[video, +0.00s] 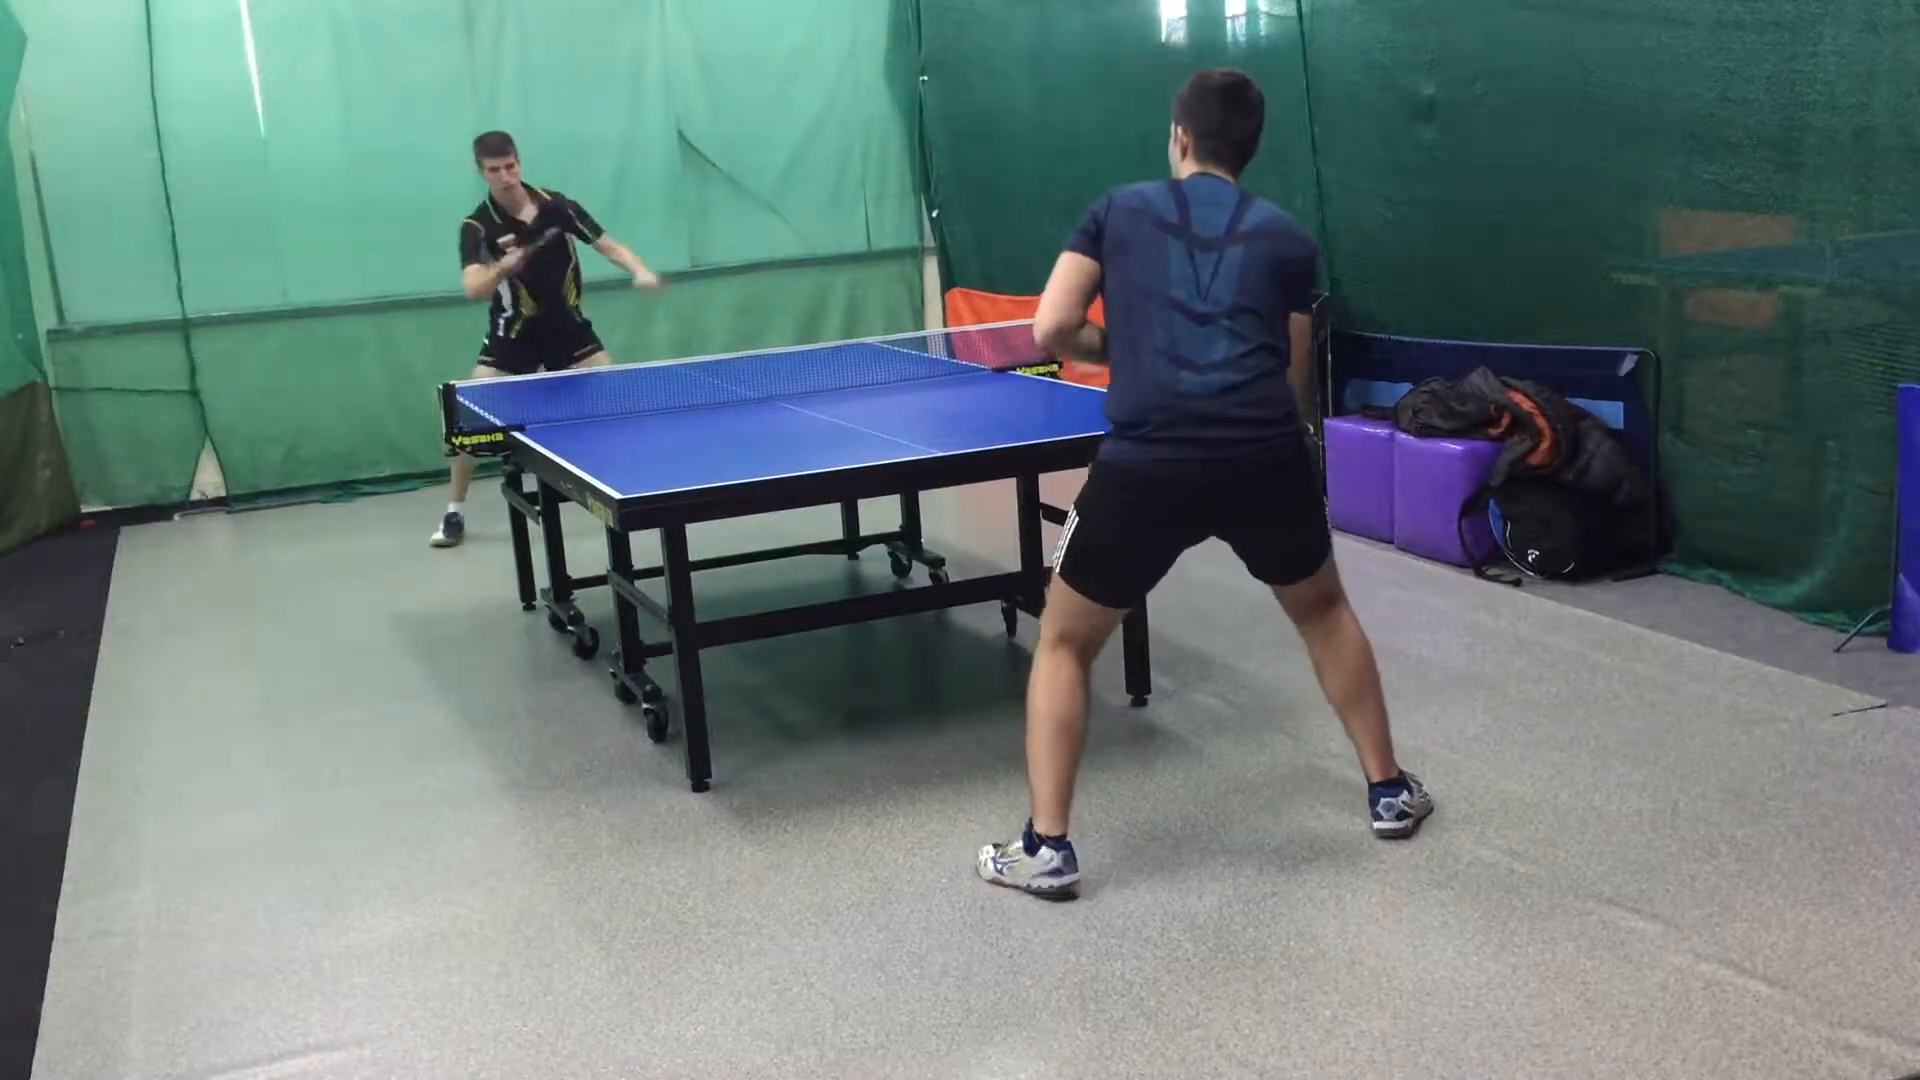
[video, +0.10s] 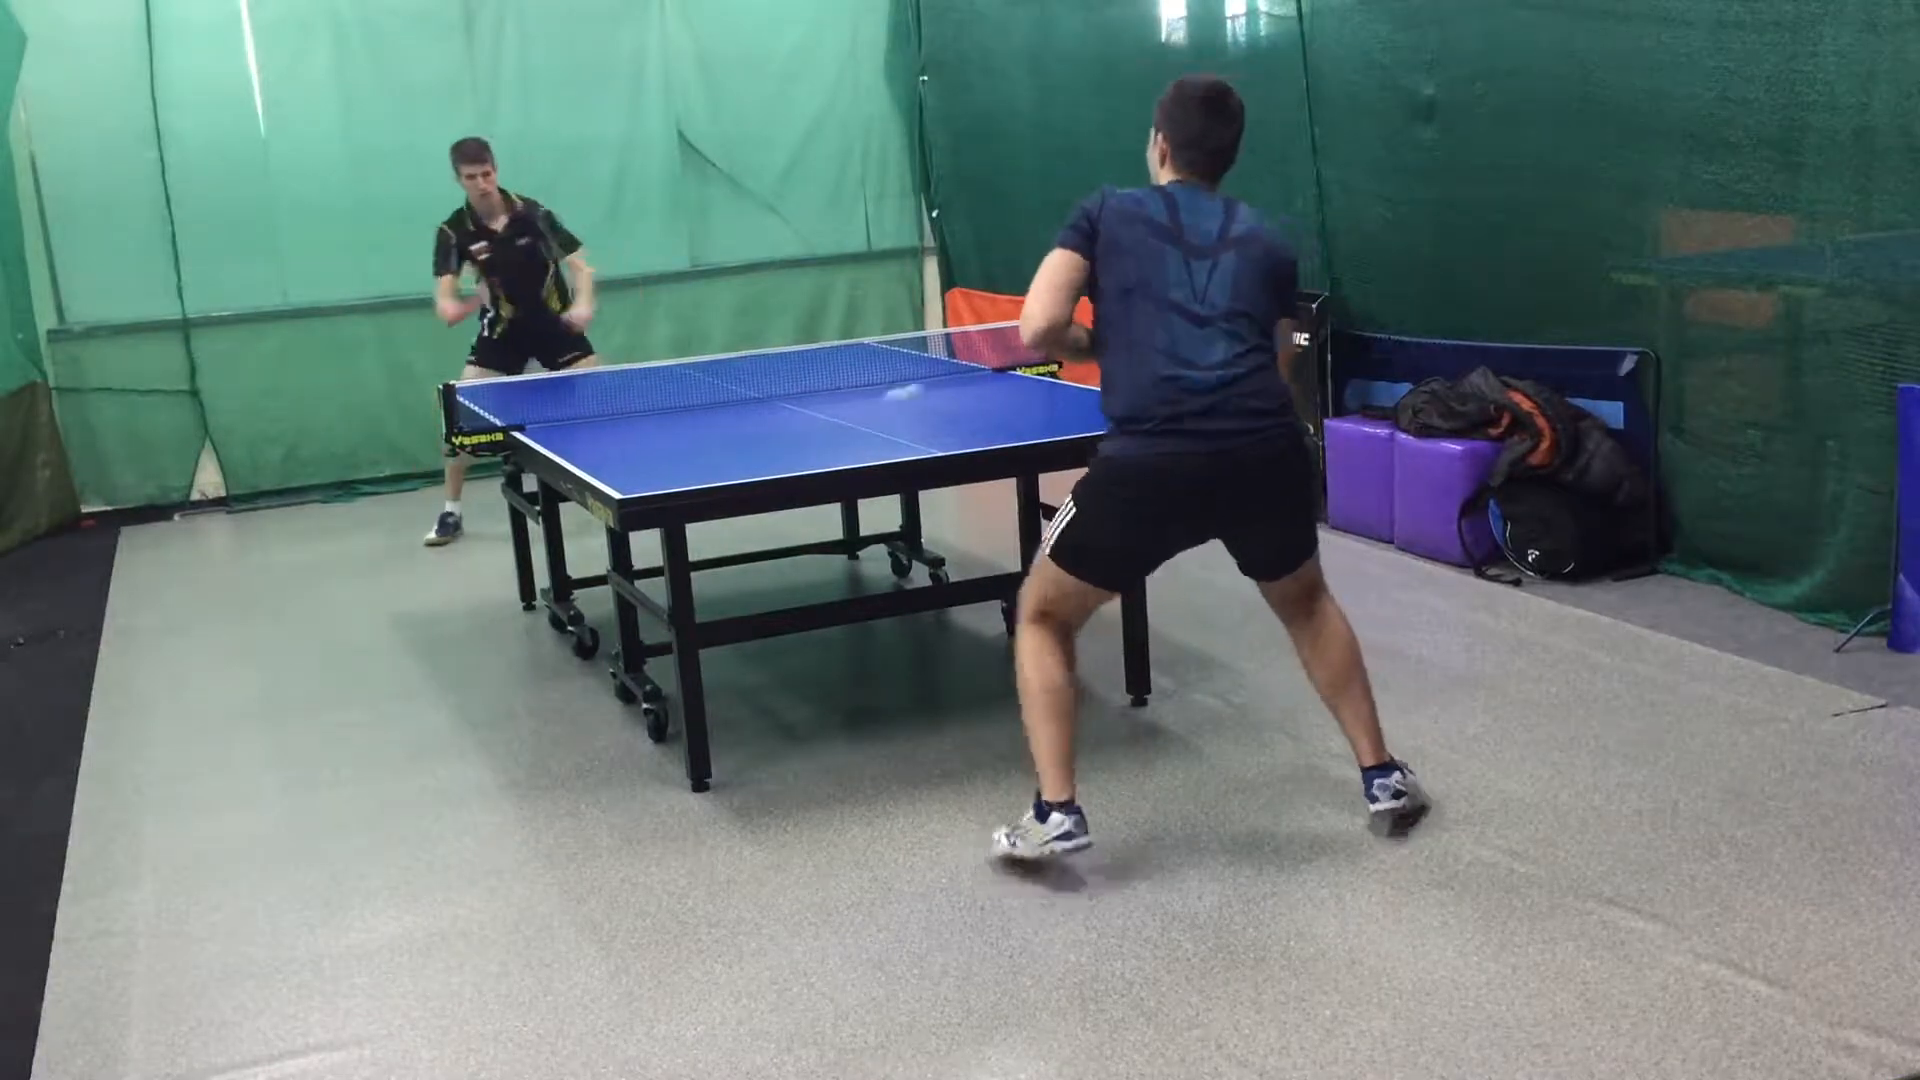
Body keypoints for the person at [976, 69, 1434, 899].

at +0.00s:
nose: (1173, 144)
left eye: (1174, 133)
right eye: (1188, 135)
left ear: (1179, 141)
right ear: (1250, 150)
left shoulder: (1116, 212)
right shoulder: (1286, 237)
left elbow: (1053, 328)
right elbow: (1294, 375)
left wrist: (1116, 344)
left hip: (1147, 474)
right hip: (1266, 470)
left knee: (1066, 644)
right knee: (1323, 615)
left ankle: (1047, 843)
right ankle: (1388, 790)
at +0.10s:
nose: (1149, 143)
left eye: (1152, 134)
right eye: (1158, 133)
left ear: (1158, 146)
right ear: (1232, 156)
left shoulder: (1105, 211)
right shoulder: (1266, 240)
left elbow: (1041, 325)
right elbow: (1283, 360)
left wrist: (1094, 342)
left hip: (1149, 472)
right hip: (1264, 466)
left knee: (1046, 616)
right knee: (1308, 604)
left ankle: (1057, 810)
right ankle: (1381, 773)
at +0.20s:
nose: (1121, 189)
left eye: (1125, 180)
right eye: (1128, 178)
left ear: (1135, 192)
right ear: (1206, 200)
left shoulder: (1090, 258)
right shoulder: (1243, 275)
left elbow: (1033, 378)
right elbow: (1262, 383)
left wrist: (1101, 399)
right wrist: (1191, 389)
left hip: (1150, 505)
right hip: (1262, 500)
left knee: (1036, 639)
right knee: (1290, 627)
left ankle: (1042, 834)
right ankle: (1368, 792)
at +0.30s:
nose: (1102, 213)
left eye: (1103, 203)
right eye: (1108, 203)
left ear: (1115, 208)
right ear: (1184, 211)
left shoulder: (1089, 276)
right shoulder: (1237, 282)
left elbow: (1044, 414)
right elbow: (1266, 406)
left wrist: (1073, 443)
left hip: (1153, 512)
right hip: (1266, 507)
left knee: (1027, 635)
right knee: (1279, 628)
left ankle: (1042, 834)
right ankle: (1366, 792)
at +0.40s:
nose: (1098, 191)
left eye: (1098, 180)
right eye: (1103, 180)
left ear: (1112, 183)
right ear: (1180, 183)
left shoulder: (1087, 257)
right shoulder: (1245, 258)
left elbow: (1044, 406)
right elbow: (1290, 400)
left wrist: (1037, 386)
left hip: (1145, 496)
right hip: (1257, 493)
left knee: (1034, 636)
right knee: (1279, 623)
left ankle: (1042, 833)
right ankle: (1366, 792)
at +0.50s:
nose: (1109, 157)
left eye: (1109, 147)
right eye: (1119, 146)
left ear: (1119, 151)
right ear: (1191, 149)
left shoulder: (1087, 228)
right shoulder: (1257, 221)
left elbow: (1032, 373)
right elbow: (1305, 352)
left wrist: (1007, 348)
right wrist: (1291, 417)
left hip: (1133, 478)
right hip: (1247, 473)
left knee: (1044, 636)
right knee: (1290, 620)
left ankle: (1043, 833)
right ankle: (1368, 793)